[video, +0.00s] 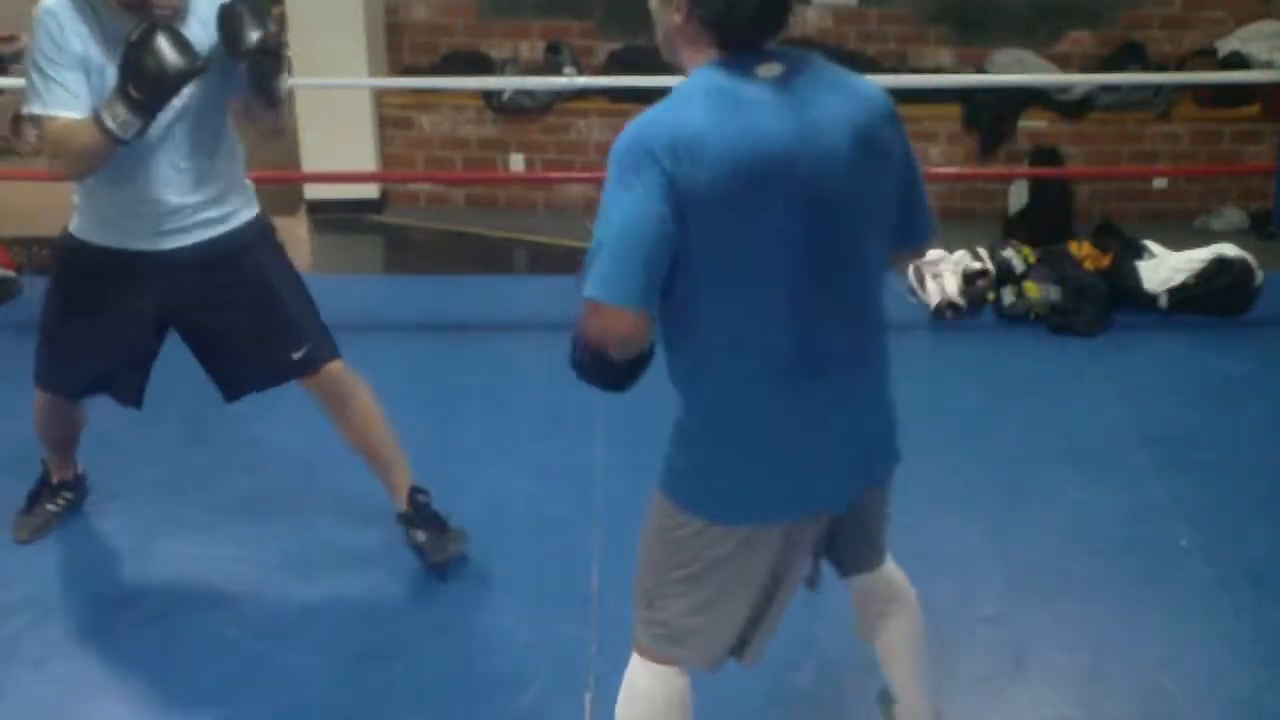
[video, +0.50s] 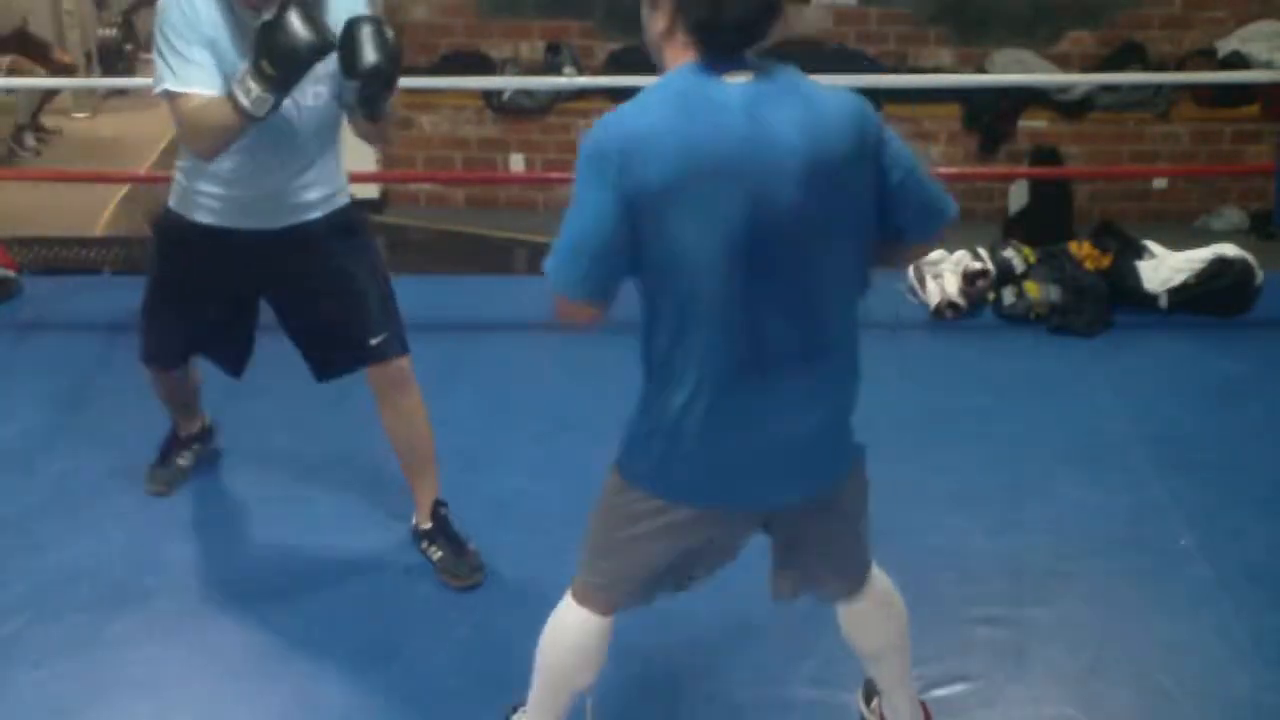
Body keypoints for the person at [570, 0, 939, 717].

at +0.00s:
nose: (658, 15)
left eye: (661, 4)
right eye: (661, 4)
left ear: (680, 16)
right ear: (776, 13)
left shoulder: (659, 139)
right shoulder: (863, 105)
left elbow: (615, 337)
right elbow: (909, 246)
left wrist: (602, 358)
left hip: (733, 457)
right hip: (857, 432)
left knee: (662, 656)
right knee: (873, 571)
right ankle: (916, 709)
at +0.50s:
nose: (646, 15)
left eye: (649, 5)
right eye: (649, 4)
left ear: (668, 16)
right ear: (760, 21)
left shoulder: (624, 139)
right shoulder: (841, 117)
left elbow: (577, 304)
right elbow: (923, 225)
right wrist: (823, 249)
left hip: (685, 446)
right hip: (815, 434)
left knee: (591, 603)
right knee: (855, 584)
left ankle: (538, 715)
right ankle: (903, 710)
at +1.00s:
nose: (605, 52)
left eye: (611, 37)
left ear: (623, 53)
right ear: (732, 54)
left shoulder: (556, 172)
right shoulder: (785, 170)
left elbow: (473, 330)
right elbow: (769, 283)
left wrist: (554, 330)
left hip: (589, 491)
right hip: (726, 507)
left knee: (556, 612)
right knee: (731, 704)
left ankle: (524, 710)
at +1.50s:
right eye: (747, 70)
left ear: (635, 67)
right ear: (738, 85)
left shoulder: (543, 159)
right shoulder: (762, 196)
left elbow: (444, 294)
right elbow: (759, 329)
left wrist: (504, 323)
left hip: (531, 478)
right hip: (659, 511)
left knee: (520, 597)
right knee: (726, 705)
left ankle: (497, 705)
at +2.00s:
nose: (703, 60)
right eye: (697, 48)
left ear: (590, 43)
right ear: (681, 62)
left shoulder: (519, 112)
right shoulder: (678, 165)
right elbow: (737, 287)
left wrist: (504, 15)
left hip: (485, 440)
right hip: (601, 479)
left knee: (518, 533)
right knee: (662, 697)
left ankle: (496, 656)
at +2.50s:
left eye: (415, 18)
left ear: (421, 16)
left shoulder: (408, 87)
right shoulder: (565, 38)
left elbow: (400, 185)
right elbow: (641, 10)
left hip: (456, 330)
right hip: (553, 338)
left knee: (462, 428)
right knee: (536, 548)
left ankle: (442, 562)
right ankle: (456, 713)